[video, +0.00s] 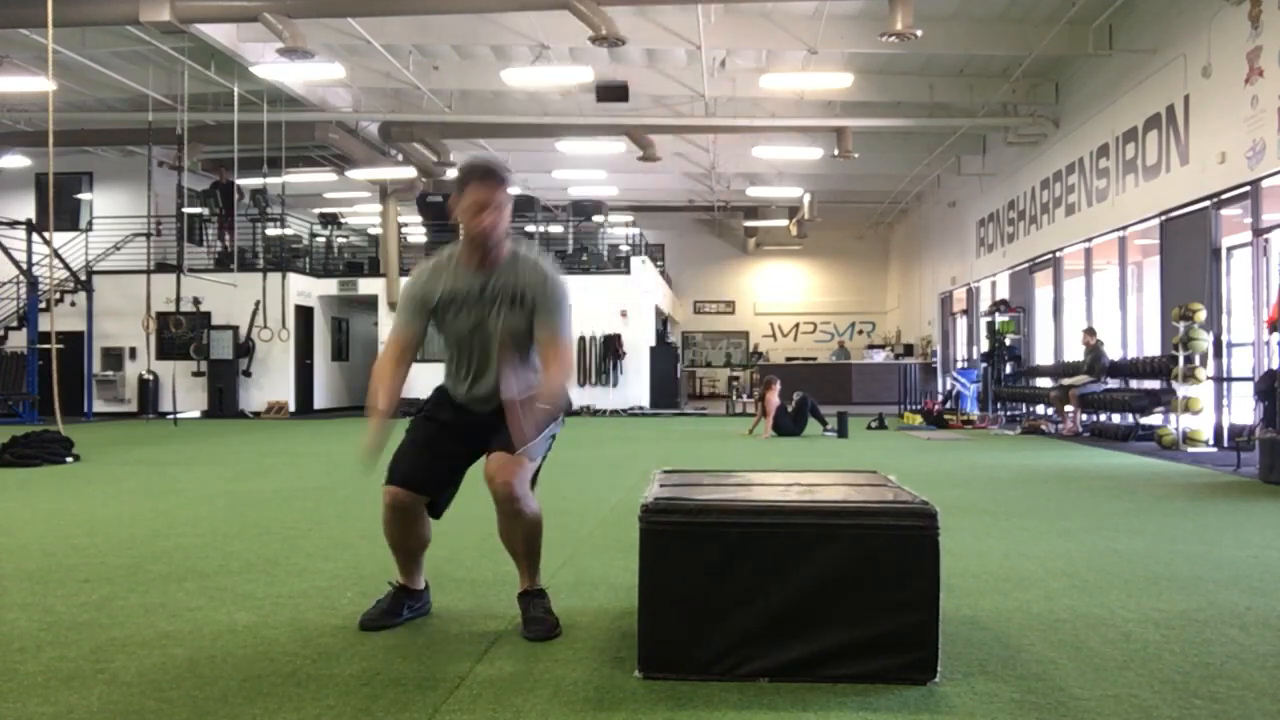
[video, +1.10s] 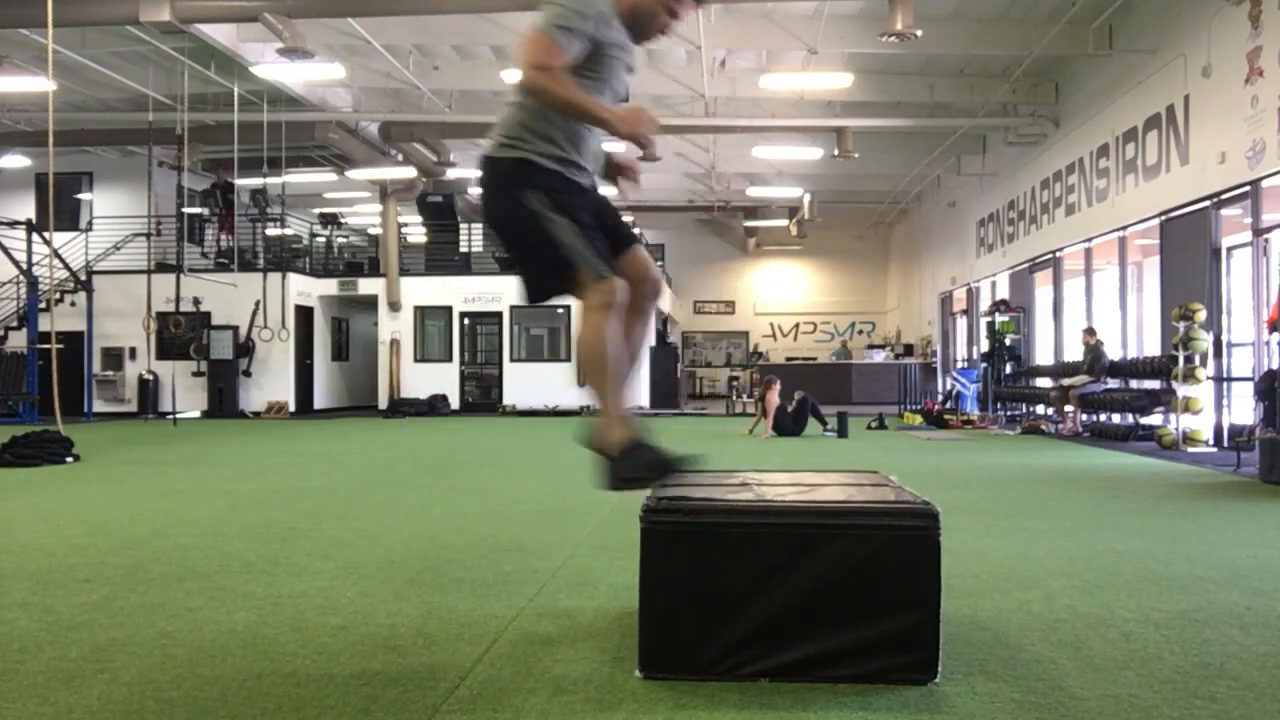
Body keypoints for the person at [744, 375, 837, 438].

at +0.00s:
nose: (779, 387)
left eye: (779, 384)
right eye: (778, 385)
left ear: (767, 385)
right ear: (773, 385)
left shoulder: (764, 396)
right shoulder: (772, 396)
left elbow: (759, 415)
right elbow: (769, 416)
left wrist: (750, 430)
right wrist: (767, 433)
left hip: (784, 430)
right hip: (792, 430)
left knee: (803, 398)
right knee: (806, 399)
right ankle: (826, 426)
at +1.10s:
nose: (779, 387)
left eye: (779, 385)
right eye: (778, 385)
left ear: (767, 385)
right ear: (773, 385)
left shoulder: (765, 396)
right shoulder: (772, 395)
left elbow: (759, 415)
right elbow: (770, 416)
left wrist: (750, 430)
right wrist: (767, 433)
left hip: (785, 430)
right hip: (792, 430)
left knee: (804, 398)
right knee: (806, 400)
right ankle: (826, 426)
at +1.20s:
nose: (779, 387)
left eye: (779, 385)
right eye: (778, 385)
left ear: (767, 385)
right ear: (773, 385)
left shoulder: (765, 396)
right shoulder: (772, 396)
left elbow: (759, 415)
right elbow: (770, 416)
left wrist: (750, 430)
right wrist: (767, 433)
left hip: (784, 430)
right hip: (792, 430)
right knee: (807, 400)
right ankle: (826, 426)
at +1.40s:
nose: (779, 387)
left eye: (779, 384)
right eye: (778, 385)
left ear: (767, 385)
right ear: (773, 385)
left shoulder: (765, 396)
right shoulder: (771, 396)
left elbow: (759, 415)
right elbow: (769, 416)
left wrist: (750, 430)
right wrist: (767, 433)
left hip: (784, 430)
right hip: (792, 431)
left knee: (782, 407)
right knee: (807, 400)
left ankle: (797, 402)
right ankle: (826, 426)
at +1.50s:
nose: (779, 387)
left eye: (778, 384)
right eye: (777, 384)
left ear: (767, 386)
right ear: (772, 385)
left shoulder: (765, 396)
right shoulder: (771, 396)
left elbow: (759, 415)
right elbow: (769, 415)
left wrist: (750, 430)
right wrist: (767, 433)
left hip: (785, 430)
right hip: (792, 431)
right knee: (807, 401)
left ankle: (798, 403)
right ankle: (826, 426)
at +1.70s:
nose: (779, 387)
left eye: (778, 384)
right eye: (777, 384)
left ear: (768, 386)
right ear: (771, 386)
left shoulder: (765, 396)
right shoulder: (771, 396)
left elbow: (759, 415)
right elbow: (769, 415)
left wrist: (750, 430)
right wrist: (767, 433)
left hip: (785, 430)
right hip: (792, 431)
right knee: (808, 401)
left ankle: (799, 403)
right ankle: (827, 426)